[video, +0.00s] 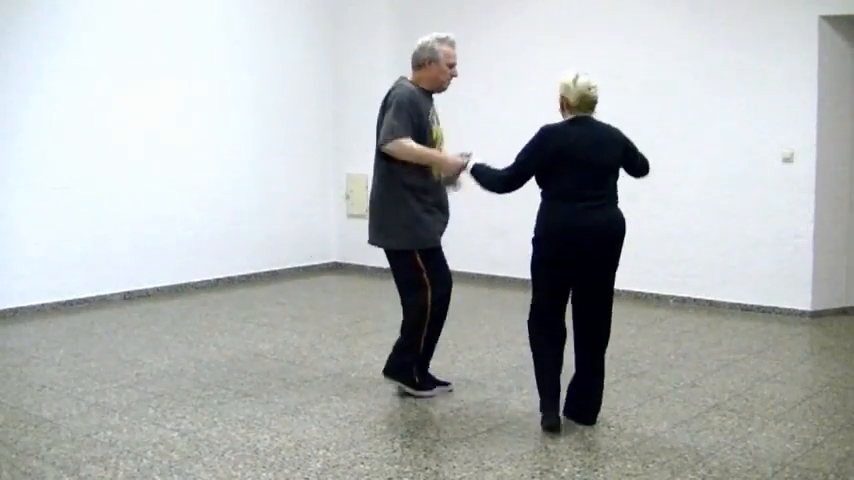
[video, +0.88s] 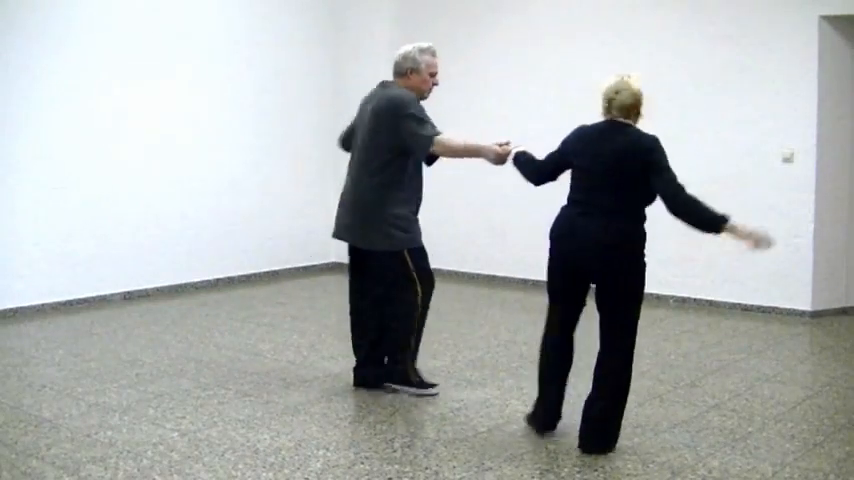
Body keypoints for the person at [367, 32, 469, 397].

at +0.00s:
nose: (454, 73)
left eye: (455, 66)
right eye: (450, 66)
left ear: (431, 66)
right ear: (427, 65)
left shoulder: (420, 99)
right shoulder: (404, 95)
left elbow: (416, 151)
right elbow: (393, 144)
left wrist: (445, 167)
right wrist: (441, 161)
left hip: (413, 218)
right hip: (402, 220)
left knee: (428, 289)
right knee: (433, 287)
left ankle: (406, 364)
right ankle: (411, 370)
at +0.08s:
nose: (453, 75)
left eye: (454, 68)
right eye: (449, 67)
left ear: (428, 68)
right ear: (428, 67)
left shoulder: (413, 97)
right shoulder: (407, 96)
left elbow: (390, 149)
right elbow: (391, 145)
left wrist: (430, 179)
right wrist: (433, 177)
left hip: (408, 219)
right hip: (400, 221)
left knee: (423, 290)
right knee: (421, 292)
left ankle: (409, 369)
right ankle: (401, 373)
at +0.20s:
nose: (451, 79)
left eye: (451, 72)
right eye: (447, 71)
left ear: (420, 71)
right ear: (426, 69)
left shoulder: (390, 96)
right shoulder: (412, 99)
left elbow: (352, 148)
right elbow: (405, 154)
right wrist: (441, 192)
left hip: (387, 223)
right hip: (397, 225)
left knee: (412, 301)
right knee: (403, 304)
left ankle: (414, 372)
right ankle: (385, 380)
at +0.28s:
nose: (447, 81)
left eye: (448, 73)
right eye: (444, 73)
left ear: (418, 70)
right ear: (426, 69)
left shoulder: (380, 95)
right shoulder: (414, 99)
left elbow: (339, 147)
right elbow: (419, 158)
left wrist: (336, 188)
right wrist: (464, 188)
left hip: (370, 220)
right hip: (392, 223)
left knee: (403, 298)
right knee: (398, 303)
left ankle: (412, 368)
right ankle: (386, 381)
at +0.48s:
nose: (434, 80)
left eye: (435, 73)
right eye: (431, 72)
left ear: (404, 70)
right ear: (414, 69)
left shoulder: (363, 96)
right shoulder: (410, 101)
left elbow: (322, 146)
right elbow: (453, 147)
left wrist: (317, 185)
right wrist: (507, 158)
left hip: (352, 219)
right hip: (387, 222)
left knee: (385, 294)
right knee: (393, 296)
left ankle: (382, 369)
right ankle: (384, 379)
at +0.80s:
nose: (433, 82)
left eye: (433, 75)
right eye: (429, 75)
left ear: (403, 74)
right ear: (410, 74)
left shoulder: (366, 99)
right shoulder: (408, 105)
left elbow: (327, 139)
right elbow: (452, 140)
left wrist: (328, 165)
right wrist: (499, 148)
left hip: (350, 219)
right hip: (385, 223)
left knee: (361, 294)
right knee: (409, 286)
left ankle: (365, 371)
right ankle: (386, 372)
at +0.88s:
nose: (436, 82)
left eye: (436, 75)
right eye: (431, 74)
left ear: (405, 74)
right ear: (411, 73)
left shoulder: (375, 98)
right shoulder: (403, 103)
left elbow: (347, 140)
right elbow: (435, 145)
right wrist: (487, 151)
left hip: (360, 217)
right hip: (389, 221)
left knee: (369, 292)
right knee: (419, 285)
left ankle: (368, 369)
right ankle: (402, 369)